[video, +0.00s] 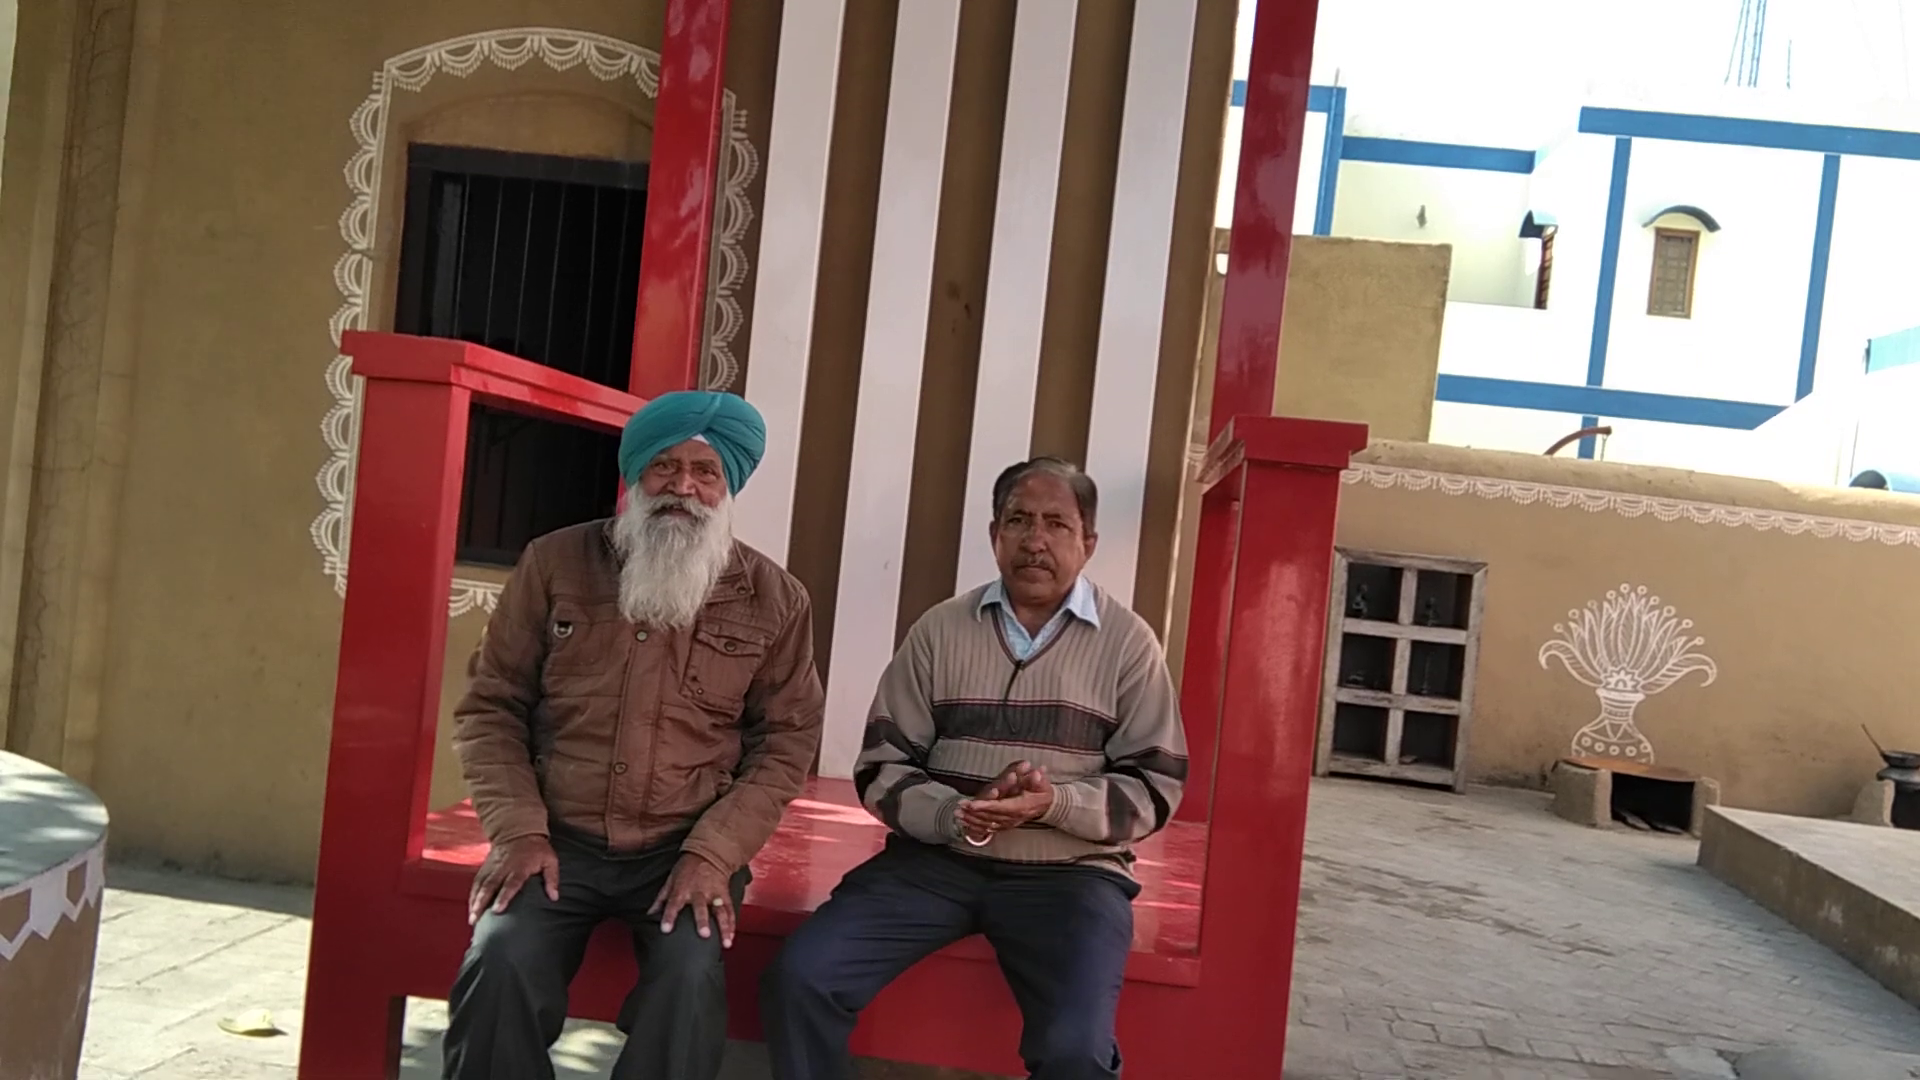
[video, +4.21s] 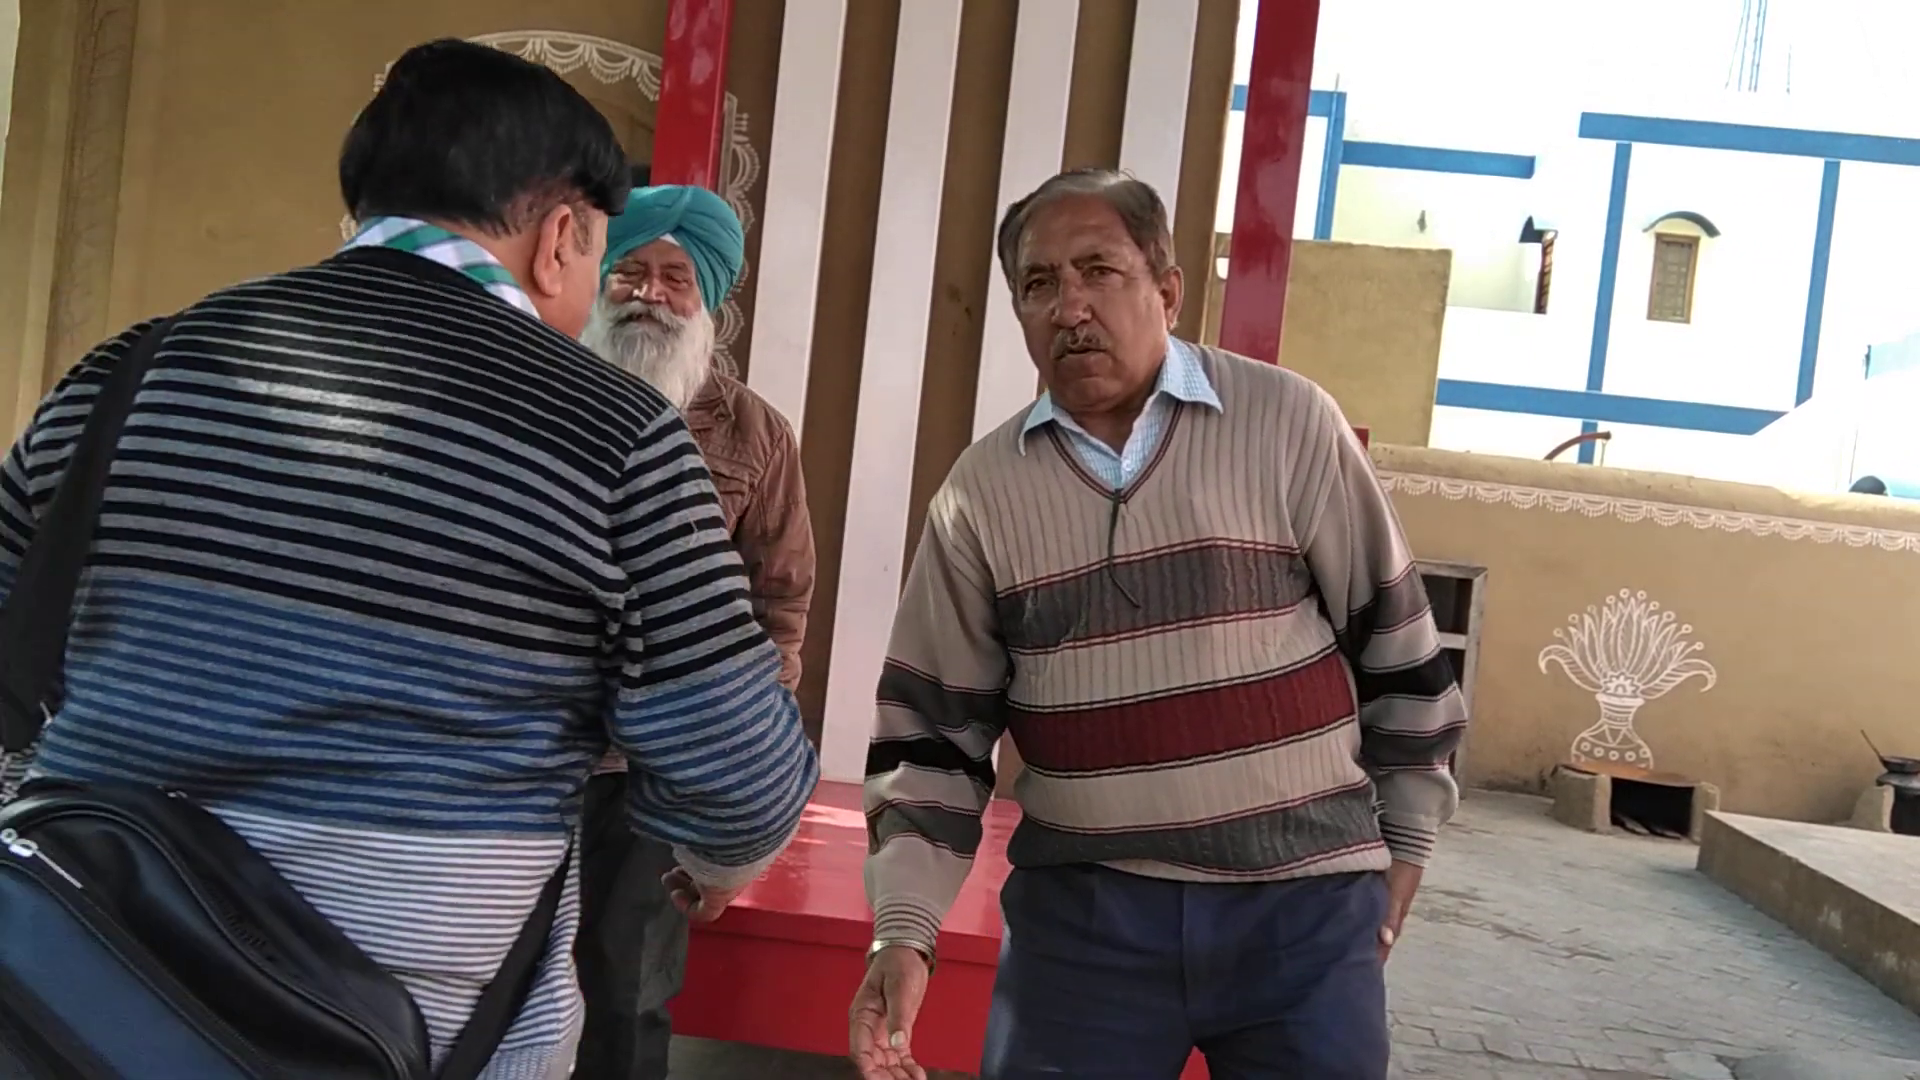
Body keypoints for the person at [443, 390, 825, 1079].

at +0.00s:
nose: (683, 486)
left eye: (705, 471)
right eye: (665, 467)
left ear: (729, 491)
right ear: (631, 481)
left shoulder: (775, 600)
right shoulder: (555, 564)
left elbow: (787, 746)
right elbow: (490, 706)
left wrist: (713, 852)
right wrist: (518, 828)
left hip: (685, 860)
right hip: (556, 849)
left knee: (690, 973)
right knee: (501, 959)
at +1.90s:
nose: (719, 515)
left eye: (732, 496)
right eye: (702, 495)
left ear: (743, 496)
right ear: (648, 494)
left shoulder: (770, 601)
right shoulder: (551, 568)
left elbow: (782, 741)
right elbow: (490, 707)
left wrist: (715, 851)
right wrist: (516, 827)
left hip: (685, 860)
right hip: (557, 848)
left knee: (684, 973)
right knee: (501, 960)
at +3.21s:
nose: (593, 517)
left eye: (617, 495)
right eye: (574, 496)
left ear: (657, 500)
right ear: (550, 502)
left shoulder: (731, 592)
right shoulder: (485, 576)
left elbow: (787, 720)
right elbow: (431, 705)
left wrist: (706, 859)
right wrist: (485, 836)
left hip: (668, 865)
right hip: (533, 857)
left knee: (671, 1006)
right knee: (479, 994)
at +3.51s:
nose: (585, 430)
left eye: (610, 409)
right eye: (564, 407)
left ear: (650, 420)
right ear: (536, 414)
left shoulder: (718, 529)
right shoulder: (468, 503)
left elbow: (745, 697)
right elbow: (425, 667)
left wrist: (679, 851)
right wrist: (455, 827)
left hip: (646, 831)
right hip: (506, 823)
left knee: (636, 1018)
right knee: (454, 1005)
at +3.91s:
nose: (634, 308)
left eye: (661, 293)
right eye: (617, 286)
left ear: (699, 321)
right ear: (582, 298)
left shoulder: (747, 449)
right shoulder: (499, 407)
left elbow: (768, 633)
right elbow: (432, 584)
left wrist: (726, 792)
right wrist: (408, 744)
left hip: (652, 798)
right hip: (500, 784)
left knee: (627, 1029)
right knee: (460, 1024)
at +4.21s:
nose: (651, 291)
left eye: (678, 276)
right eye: (634, 268)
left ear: (712, 301)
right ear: (596, 278)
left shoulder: (753, 436)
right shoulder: (536, 400)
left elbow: (780, 627)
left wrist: (740, 810)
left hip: (657, 768)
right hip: (514, 755)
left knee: (629, 1005)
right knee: (504, 1004)